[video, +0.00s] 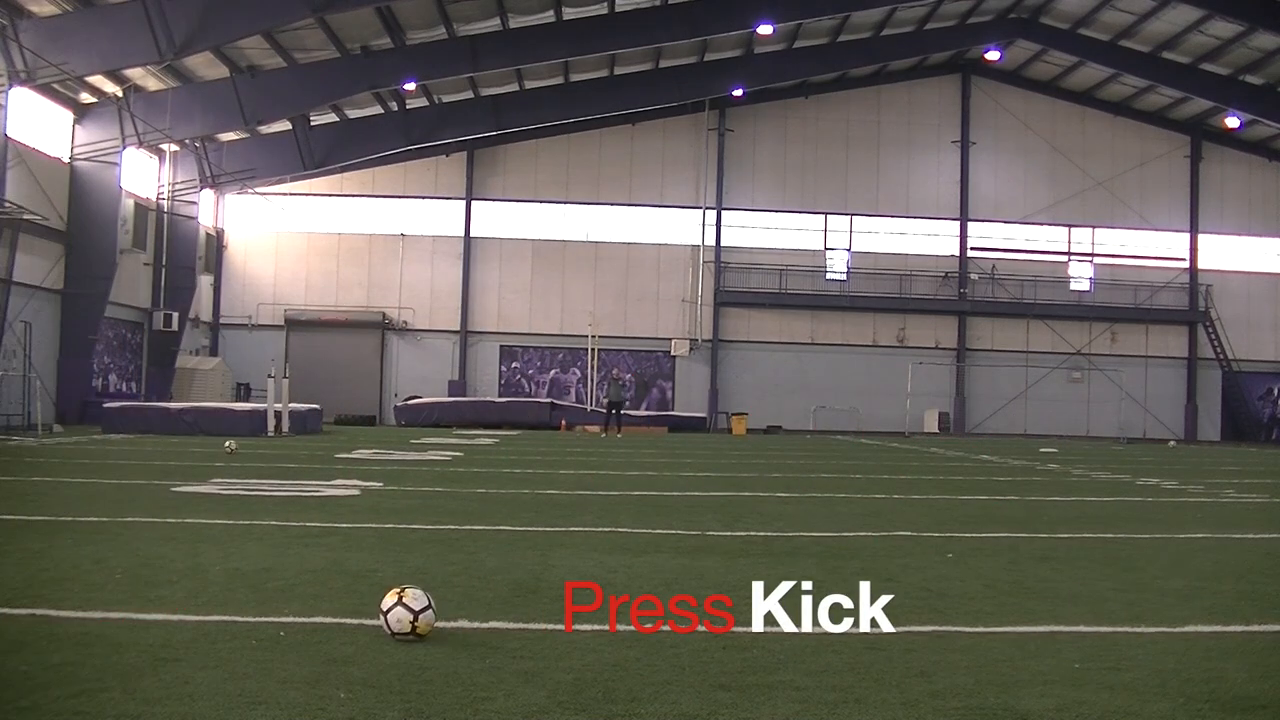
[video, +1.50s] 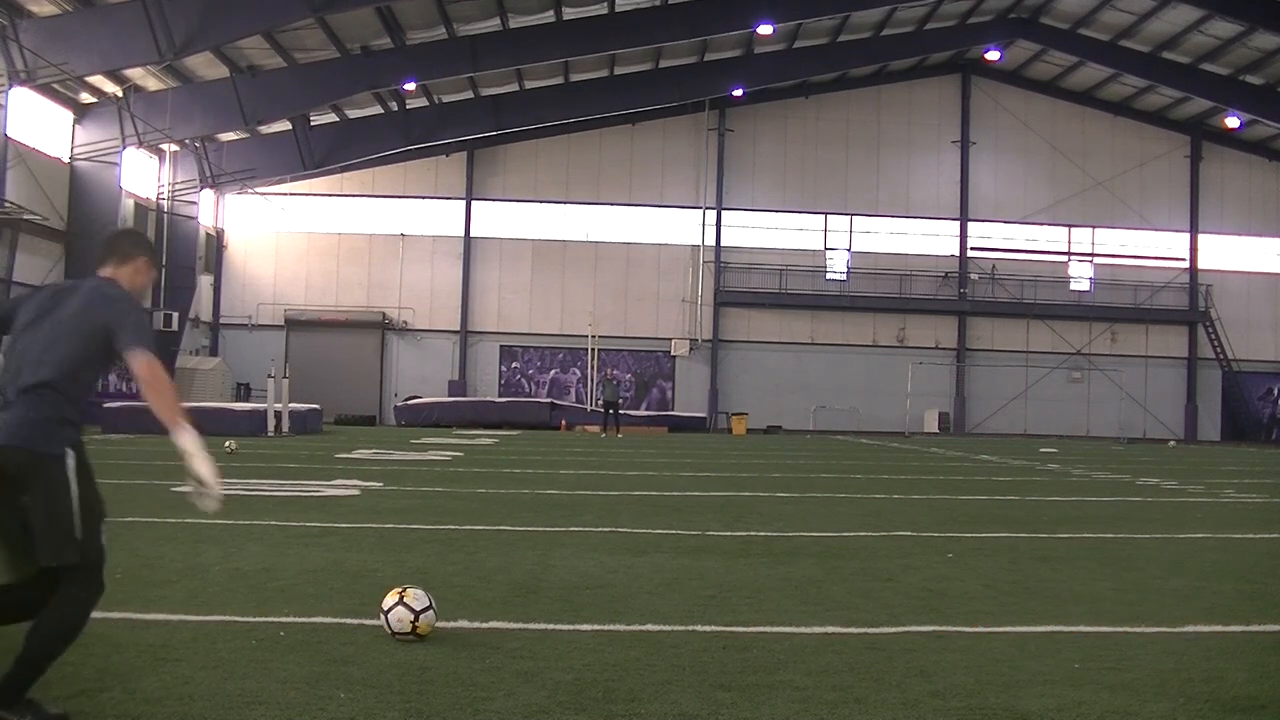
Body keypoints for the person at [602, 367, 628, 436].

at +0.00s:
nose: (615, 375)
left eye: (616, 374)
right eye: (614, 374)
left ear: (618, 373)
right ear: (612, 374)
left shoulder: (621, 381)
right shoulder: (610, 381)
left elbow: (625, 389)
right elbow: (607, 389)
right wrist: (605, 397)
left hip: (619, 401)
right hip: (611, 400)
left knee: (618, 417)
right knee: (607, 417)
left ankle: (619, 432)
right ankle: (605, 432)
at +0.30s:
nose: (611, 374)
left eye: (612, 373)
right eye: (609, 373)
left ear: (614, 373)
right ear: (608, 373)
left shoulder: (618, 381)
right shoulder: (606, 381)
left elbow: (620, 390)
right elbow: (603, 390)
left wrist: (620, 398)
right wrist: (602, 397)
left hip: (615, 401)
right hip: (607, 400)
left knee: (617, 417)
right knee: (605, 417)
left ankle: (618, 432)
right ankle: (605, 432)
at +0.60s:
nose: (609, 374)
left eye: (610, 372)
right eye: (607, 372)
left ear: (612, 373)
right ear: (606, 373)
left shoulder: (615, 381)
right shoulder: (603, 381)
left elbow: (618, 391)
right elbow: (599, 391)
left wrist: (619, 399)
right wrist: (598, 399)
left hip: (613, 401)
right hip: (605, 401)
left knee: (615, 417)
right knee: (604, 417)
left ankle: (617, 432)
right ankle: (604, 432)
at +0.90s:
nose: (608, 375)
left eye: (610, 373)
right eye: (607, 373)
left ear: (612, 374)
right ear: (605, 373)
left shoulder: (615, 381)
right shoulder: (602, 382)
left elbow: (617, 391)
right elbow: (599, 391)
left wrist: (618, 399)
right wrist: (598, 399)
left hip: (613, 401)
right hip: (605, 401)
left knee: (615, 417)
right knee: (604, 417)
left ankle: (617, 432)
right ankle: (604, 432)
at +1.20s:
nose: (609, 373)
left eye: (610, 372)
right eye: (608, 372)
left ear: (612, 373)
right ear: (606, 372)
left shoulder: (615, 381)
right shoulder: (603, 381)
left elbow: (618, 391)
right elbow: (600, 390)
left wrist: (619, 398)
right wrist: (599, 399)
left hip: (614, 401)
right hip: (606, 401)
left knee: (616, 417)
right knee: (604, 417)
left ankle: (617, 432)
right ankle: (604, 432)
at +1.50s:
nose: (609, 374)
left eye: (610, 372)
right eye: (608, 372)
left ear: (612, 373)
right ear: (606, 373)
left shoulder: (616, 381)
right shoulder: (604, 381)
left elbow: (619, 390)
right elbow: (601, 390)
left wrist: (620, 398)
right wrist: (599, 399)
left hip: (615, 401)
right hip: (606, 401)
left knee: (616, 417)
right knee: (605, 417)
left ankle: (618, 432)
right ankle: (604, 432)